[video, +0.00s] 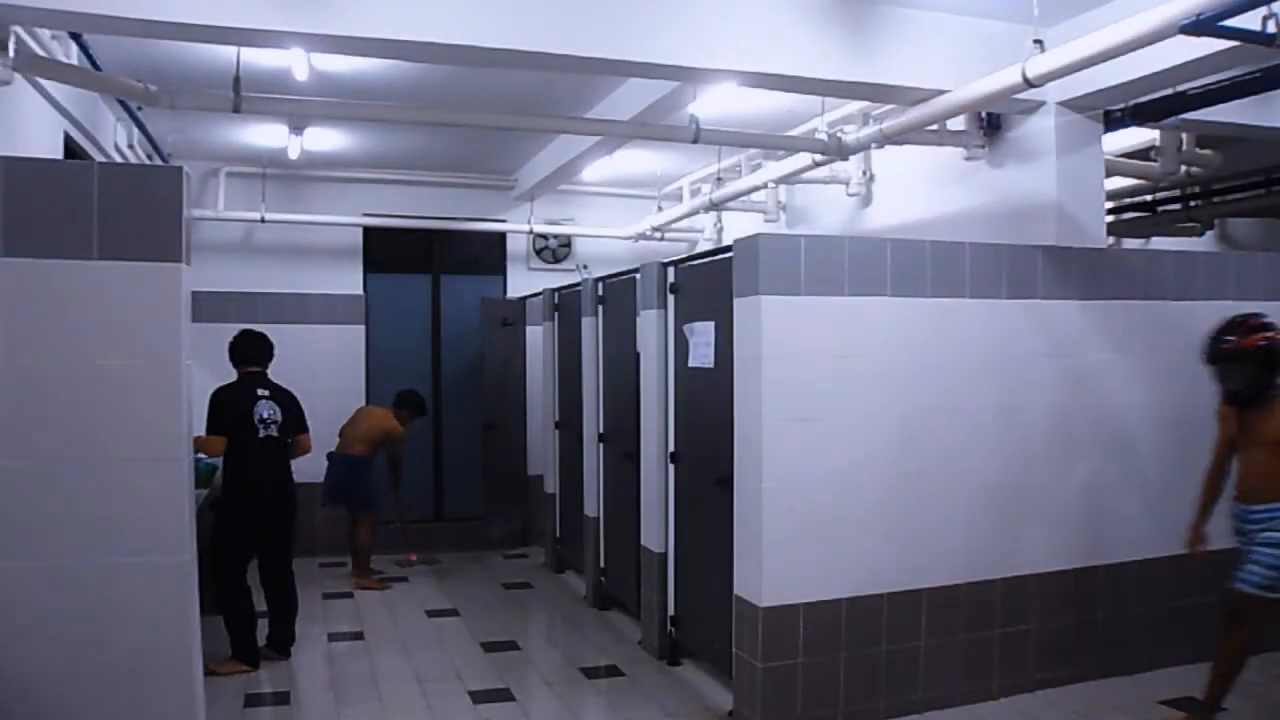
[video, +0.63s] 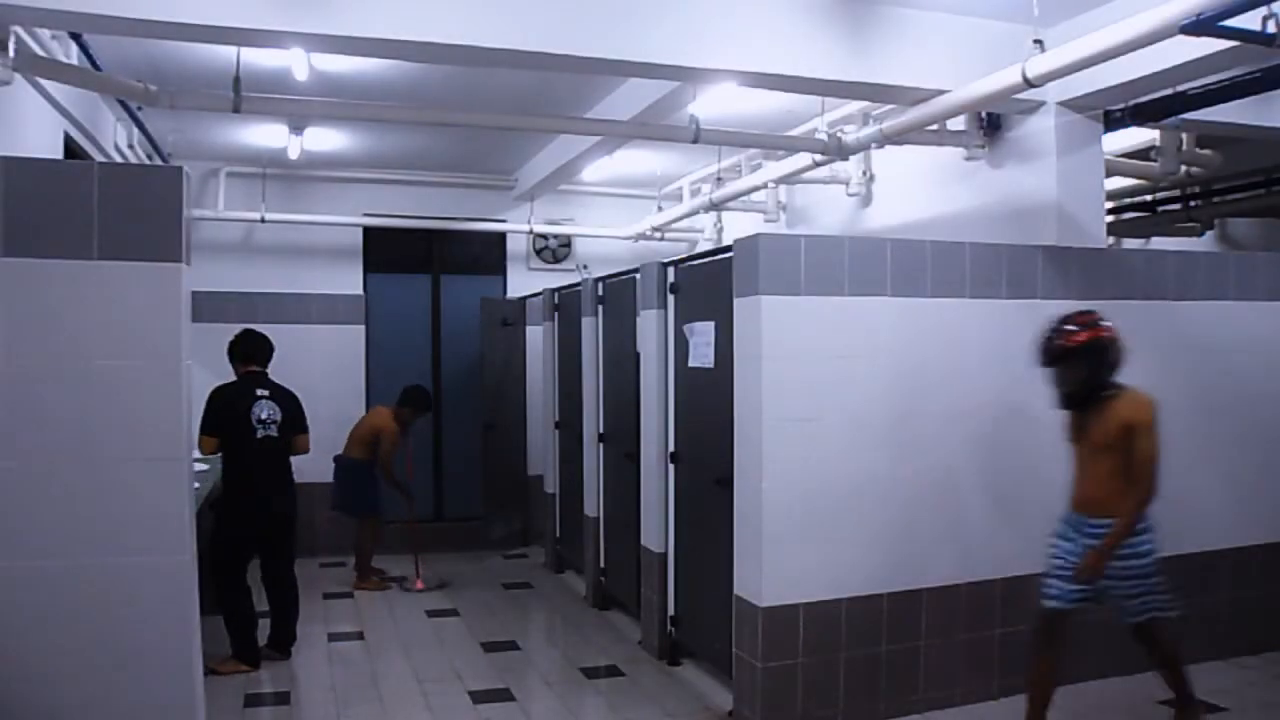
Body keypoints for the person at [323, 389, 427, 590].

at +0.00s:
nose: (410, 422)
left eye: (413, 418)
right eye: (411, 417)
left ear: (395, 404)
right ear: (406, 412)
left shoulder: (366, 410)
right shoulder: (394, 430)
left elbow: (343, 432)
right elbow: (395, 468)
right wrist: (396, 494)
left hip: (337, 464)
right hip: (357, 468)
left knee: (355, 517)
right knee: (365, 519)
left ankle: (359, 567)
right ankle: (362, 574)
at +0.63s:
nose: (415, 420)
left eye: (418, 416)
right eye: (415, 415)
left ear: (402, 405)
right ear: (407, 409)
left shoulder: (379, 412)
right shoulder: (389, 427)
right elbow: (385, 468)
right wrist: (404, 492)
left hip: (347, 465)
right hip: (358, 469)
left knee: (366, 521)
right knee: (369, 522)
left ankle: (364, 567)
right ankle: (363, 576)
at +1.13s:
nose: (431, 426)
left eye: (434, 421)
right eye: (432, 420)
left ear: (420, 409)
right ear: (424, 414)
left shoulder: (401, 418)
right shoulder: (405, 429)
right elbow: (399, 467)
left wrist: (412, 445)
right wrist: (412, 494)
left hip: (373, 467)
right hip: (366, 468)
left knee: (385, 520)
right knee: (372, 522)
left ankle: (389, 569)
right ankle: (363, 576)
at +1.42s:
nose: (439, 421)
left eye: (441, 417)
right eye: (439, 416)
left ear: (425, 404)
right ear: (433, 411)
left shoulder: (402, 413)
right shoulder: (419, 429)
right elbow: (418, 465)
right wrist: (432, 487)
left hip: (367, 462)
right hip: (377, 467)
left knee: (392, 519)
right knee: (384, 522)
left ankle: (390, 569)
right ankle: (367, 573)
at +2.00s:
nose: (446, 424)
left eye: (449, 419)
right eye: (447, 418)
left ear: (433, 407)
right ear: (440, 414)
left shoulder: (407, 413)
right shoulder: (427, 432)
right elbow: (430, 467)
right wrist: (437, 487)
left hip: (371, 465)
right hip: (386, 470)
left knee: (388, 522)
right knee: (395, 524)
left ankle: (390, 572)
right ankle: (394, 580)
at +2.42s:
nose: (448, 424)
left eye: (451, 419)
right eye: (449, 419)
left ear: (435, 407)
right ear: (442, 414)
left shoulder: (413, 413)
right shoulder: (425, 432)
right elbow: (424, 471)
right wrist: (437, 499)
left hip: (375, 465)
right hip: (387, 471)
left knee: (391, 523)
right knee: (397, 524)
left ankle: (393, 572)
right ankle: (394, 580)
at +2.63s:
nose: (449, 423)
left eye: (452, 419)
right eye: (450, 418)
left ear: (435, 407)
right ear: (442, 413)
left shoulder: (413, 414)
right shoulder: (424, 431)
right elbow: (422, 471)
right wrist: (436, 495)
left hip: (376, 466)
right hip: (387, 471)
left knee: (390, 524)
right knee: (396, 525)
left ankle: (387, 572)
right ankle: (393, 580)